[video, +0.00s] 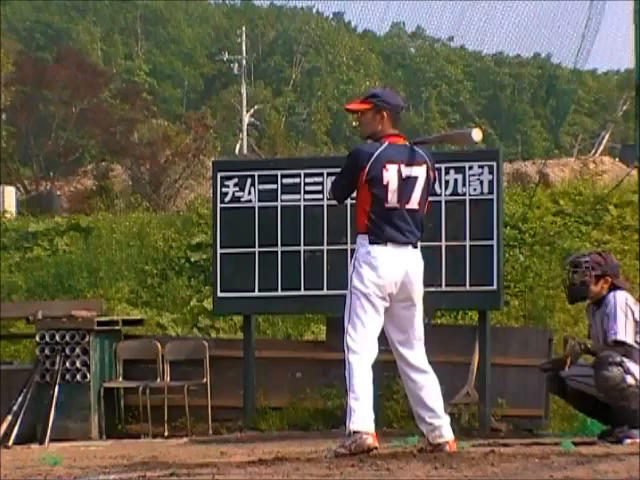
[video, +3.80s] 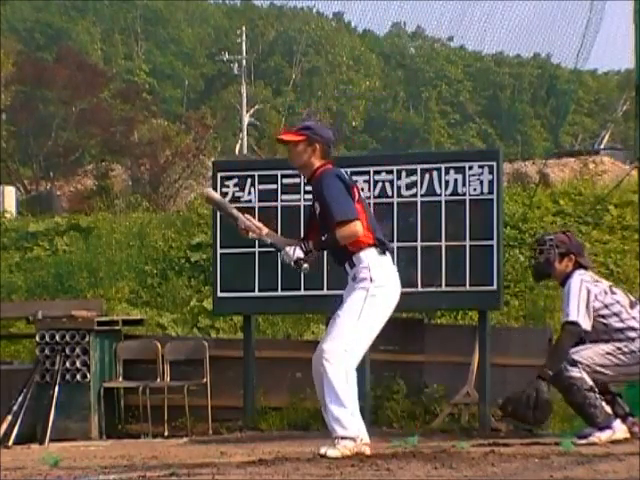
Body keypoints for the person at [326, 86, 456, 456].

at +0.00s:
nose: (358, 121)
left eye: (363, 115)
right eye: (358, 115)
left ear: (383, 117)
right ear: (390, 119)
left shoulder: (365, 153)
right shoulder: (422, 158)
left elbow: (337, 194)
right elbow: (423, 205)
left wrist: (369, 165)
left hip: (375, 258)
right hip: (412, 260)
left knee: (360, 347)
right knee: (412, 350)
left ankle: (362, 430)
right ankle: (440, 433)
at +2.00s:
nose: (362, 120)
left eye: (367, 114)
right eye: (364, 114)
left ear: (384, 118)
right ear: (396, 120)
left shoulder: (361, 162)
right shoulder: (423, 164)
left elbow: (325, 205)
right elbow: (424, 213)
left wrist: (351, 181)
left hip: (371, 261)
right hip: (410, 262)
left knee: (351, 347)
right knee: (414, 351)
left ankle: (344, 431)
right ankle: (442, 434)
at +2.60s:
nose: (357, 123)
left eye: (362, 118)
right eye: (358, 117)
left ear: (380, 120)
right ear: (391, 121)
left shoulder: (360, 156)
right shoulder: (422, 159)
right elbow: (431, 186)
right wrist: (400, 145)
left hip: (376, 261)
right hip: (416, 261)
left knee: (354, 348)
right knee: (418, 354)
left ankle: (344, 431)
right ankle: (442, 435)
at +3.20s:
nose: (349, 124)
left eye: (353, 119)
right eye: (350, 118)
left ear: (372, 121)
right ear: (379, 123)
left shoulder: (359, 156)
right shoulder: (409, 157)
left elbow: (328, 203)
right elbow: (379, 196)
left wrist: (342, 162)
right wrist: (355, 159)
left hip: (378, 260)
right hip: (412, 260)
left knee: (346, 352)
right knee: (411, 357)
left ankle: (348, 435)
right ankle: (442, 436)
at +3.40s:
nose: (331, 123)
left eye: (336, 117)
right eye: (332, 117)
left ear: (355, 120)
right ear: (357, 122)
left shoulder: (357, 154)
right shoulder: (381, 156)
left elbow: (343, 219)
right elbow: (349, 207)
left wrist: (324, 214)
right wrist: (319, 182)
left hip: (370, 257)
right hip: (397, 257)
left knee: (340, 352)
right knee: (380, 357)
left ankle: (346, 437)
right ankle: (429, 426)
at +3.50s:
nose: (320, 122)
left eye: (325, 116)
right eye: (320, 117)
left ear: (345, 120)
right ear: (346, 121)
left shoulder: (351, 153)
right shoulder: (362, 155)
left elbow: (360, 217)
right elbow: (328, 215)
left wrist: (328, 229)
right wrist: (289, 190)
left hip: (370, 257)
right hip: (390, 257)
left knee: (340, 350)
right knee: (358, 350)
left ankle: (346, 437)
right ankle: (400, 423)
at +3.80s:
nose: (289, 152)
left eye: (294, 146)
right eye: (289, 146)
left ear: (314, 149)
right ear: (309, 150)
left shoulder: (328, 179)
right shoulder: (321, 185)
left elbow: (353, 229)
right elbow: (309, 246)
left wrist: (312, 247)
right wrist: (266, 233)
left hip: (374, 275)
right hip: (365, 277)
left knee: (333, 353)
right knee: (324, 357)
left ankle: (352, 438)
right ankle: (349, 437)